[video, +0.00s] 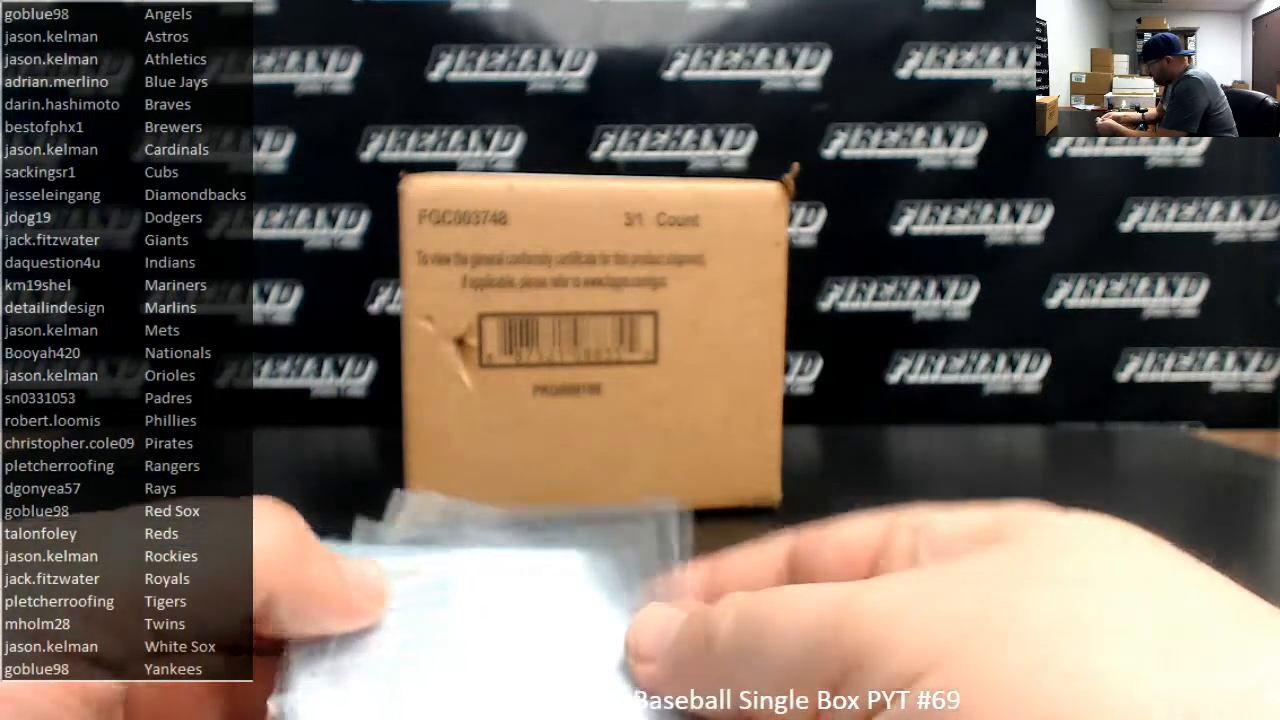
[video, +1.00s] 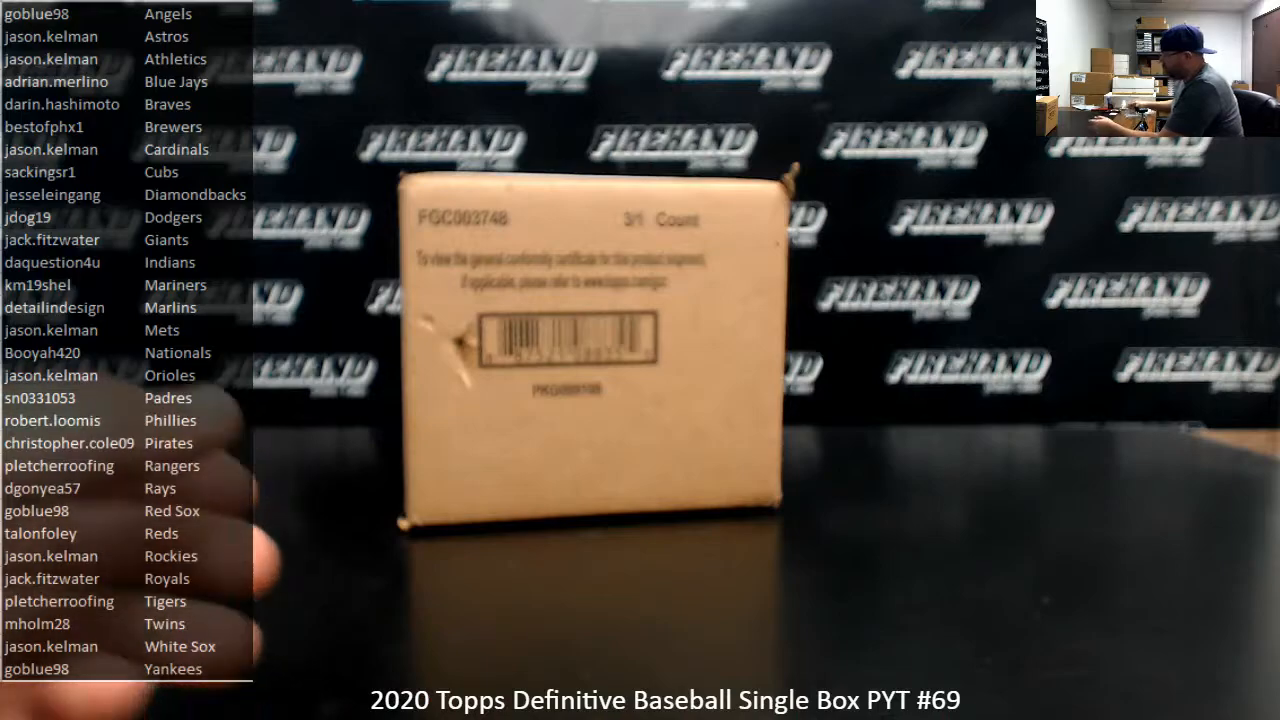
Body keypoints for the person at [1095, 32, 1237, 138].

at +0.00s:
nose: (1148, 73)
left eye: (1150, 66)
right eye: (1147, 67)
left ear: (1167, 60)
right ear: (1168, 60)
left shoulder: (1191, 84)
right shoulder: (1177, 80)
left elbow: (1166, 142)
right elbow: (1159, 112)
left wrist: (1117, 130)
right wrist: (1127, 117)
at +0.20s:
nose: (1148, 72)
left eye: (1150, 65)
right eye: (1147, 66)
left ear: (1169, 60)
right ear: (1170, 60)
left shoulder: (1192, 84)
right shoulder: (1177, 80)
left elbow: (1166, 142)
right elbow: (1159, 113)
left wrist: (1117, 130)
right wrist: (1126, 117)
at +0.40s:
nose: (1151, 68)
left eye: (1154, 61)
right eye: (1150, 62)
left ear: (1174, 58)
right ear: (1174, 58)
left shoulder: (1195, 84)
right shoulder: (1179, 80)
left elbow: (1169, 141)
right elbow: (1161, 113)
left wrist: (1118, 131)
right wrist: (1127, 116)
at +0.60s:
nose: (1154, 64)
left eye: (1158, 58)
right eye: (1154, 58)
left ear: (1178, 56)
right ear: (1178, 57)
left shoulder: (1198, 85)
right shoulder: (1182, 79)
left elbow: (1168, 141)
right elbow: (1170, 108)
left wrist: (1117, 131)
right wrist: (1136, 106)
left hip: (1217, 161)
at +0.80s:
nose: (1158, 64)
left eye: (1162, 57)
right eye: (1158, 58)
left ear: (1183, 57)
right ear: (1183, 57)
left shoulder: (1200, 86)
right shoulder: (1198, 78)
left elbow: (1168, 141)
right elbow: (1180, 107)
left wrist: (1115, 130)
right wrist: (1148, 103)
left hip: (1219, 163)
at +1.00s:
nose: (1161, 61)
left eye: (1165, 55)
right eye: (1161, 55)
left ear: (1186, 57)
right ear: (1189, 57)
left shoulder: (1203, 88)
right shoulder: (1199, 79)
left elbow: (1164, 142)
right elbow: (1180, 106)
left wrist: (1113, 129)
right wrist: (1147, 105)